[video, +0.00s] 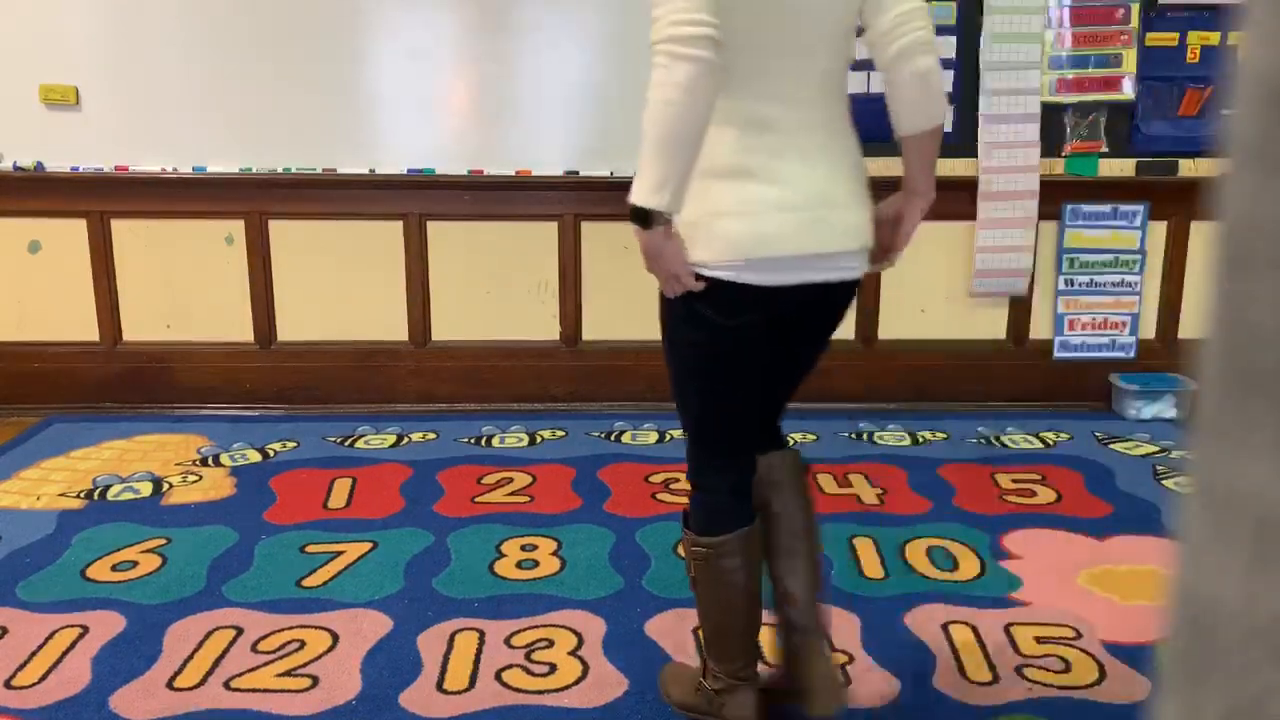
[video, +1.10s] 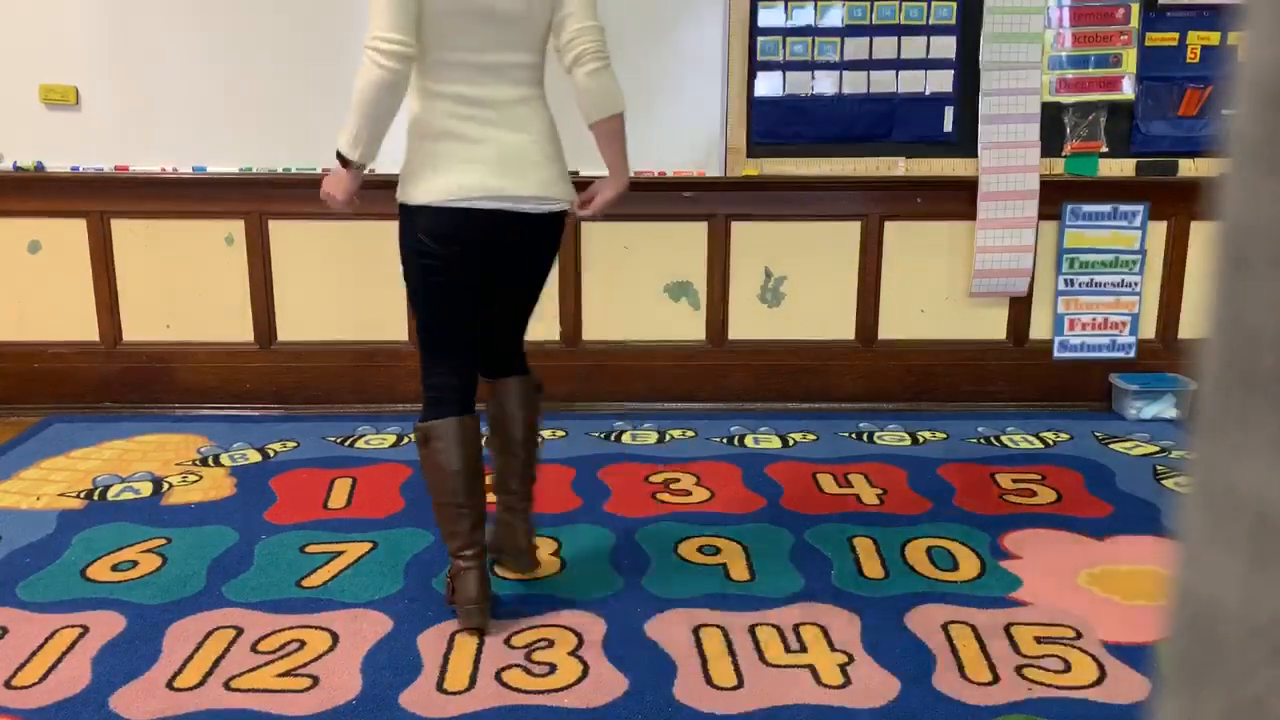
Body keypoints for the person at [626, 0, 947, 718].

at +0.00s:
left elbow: (690, 55)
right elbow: (909, 43)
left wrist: (651, 212)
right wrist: (919, 187)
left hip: (726, 237)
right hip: (835, 236)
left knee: (718, 464)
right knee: (759, 427)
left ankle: (729, 679)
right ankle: (808, 650)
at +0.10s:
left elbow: (657, 54)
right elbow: (872, 46)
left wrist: (629, 210)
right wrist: (893, 184)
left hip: (701, 239)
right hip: (801, 239)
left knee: (708, 459)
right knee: (723, 431)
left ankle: (731, 677)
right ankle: (714, 618)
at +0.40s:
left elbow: (573, 49)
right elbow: (774, 50)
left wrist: (544, 191)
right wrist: (794, 185)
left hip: (606, 221)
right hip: (705, 222)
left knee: (599, 431)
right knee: (665, 420)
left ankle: (681, 626)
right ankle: (636, 605)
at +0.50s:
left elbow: (547, 46)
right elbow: (748, 45)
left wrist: (523, 185)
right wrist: (768, 180)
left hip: (579, 215)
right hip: (680, 217)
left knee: (562, 402)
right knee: (656, 408)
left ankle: (613, 596)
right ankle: (642, 611)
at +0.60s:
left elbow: (516, 38)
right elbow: (716, 36)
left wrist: (496, 175)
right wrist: (738, 172)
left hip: (552, 204)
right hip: (654, 206)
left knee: (536, 401)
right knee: (647, 407)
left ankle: (538, 604)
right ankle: (641, 608)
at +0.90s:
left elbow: (420, 55)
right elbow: (615, 54)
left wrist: (394, 179)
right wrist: (652, 178)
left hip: (469, 192)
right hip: (569, 191)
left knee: (466, 387)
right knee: (573, 376)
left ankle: (471, 580)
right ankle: (608, 570)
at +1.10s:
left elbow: (391, 55)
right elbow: (585, 54)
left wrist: (349, 166)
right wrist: (617, 172)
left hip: (440, 197)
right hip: (535, 198)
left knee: (445, 378)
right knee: (505, 348)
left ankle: (467, 566)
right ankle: (515, 529)